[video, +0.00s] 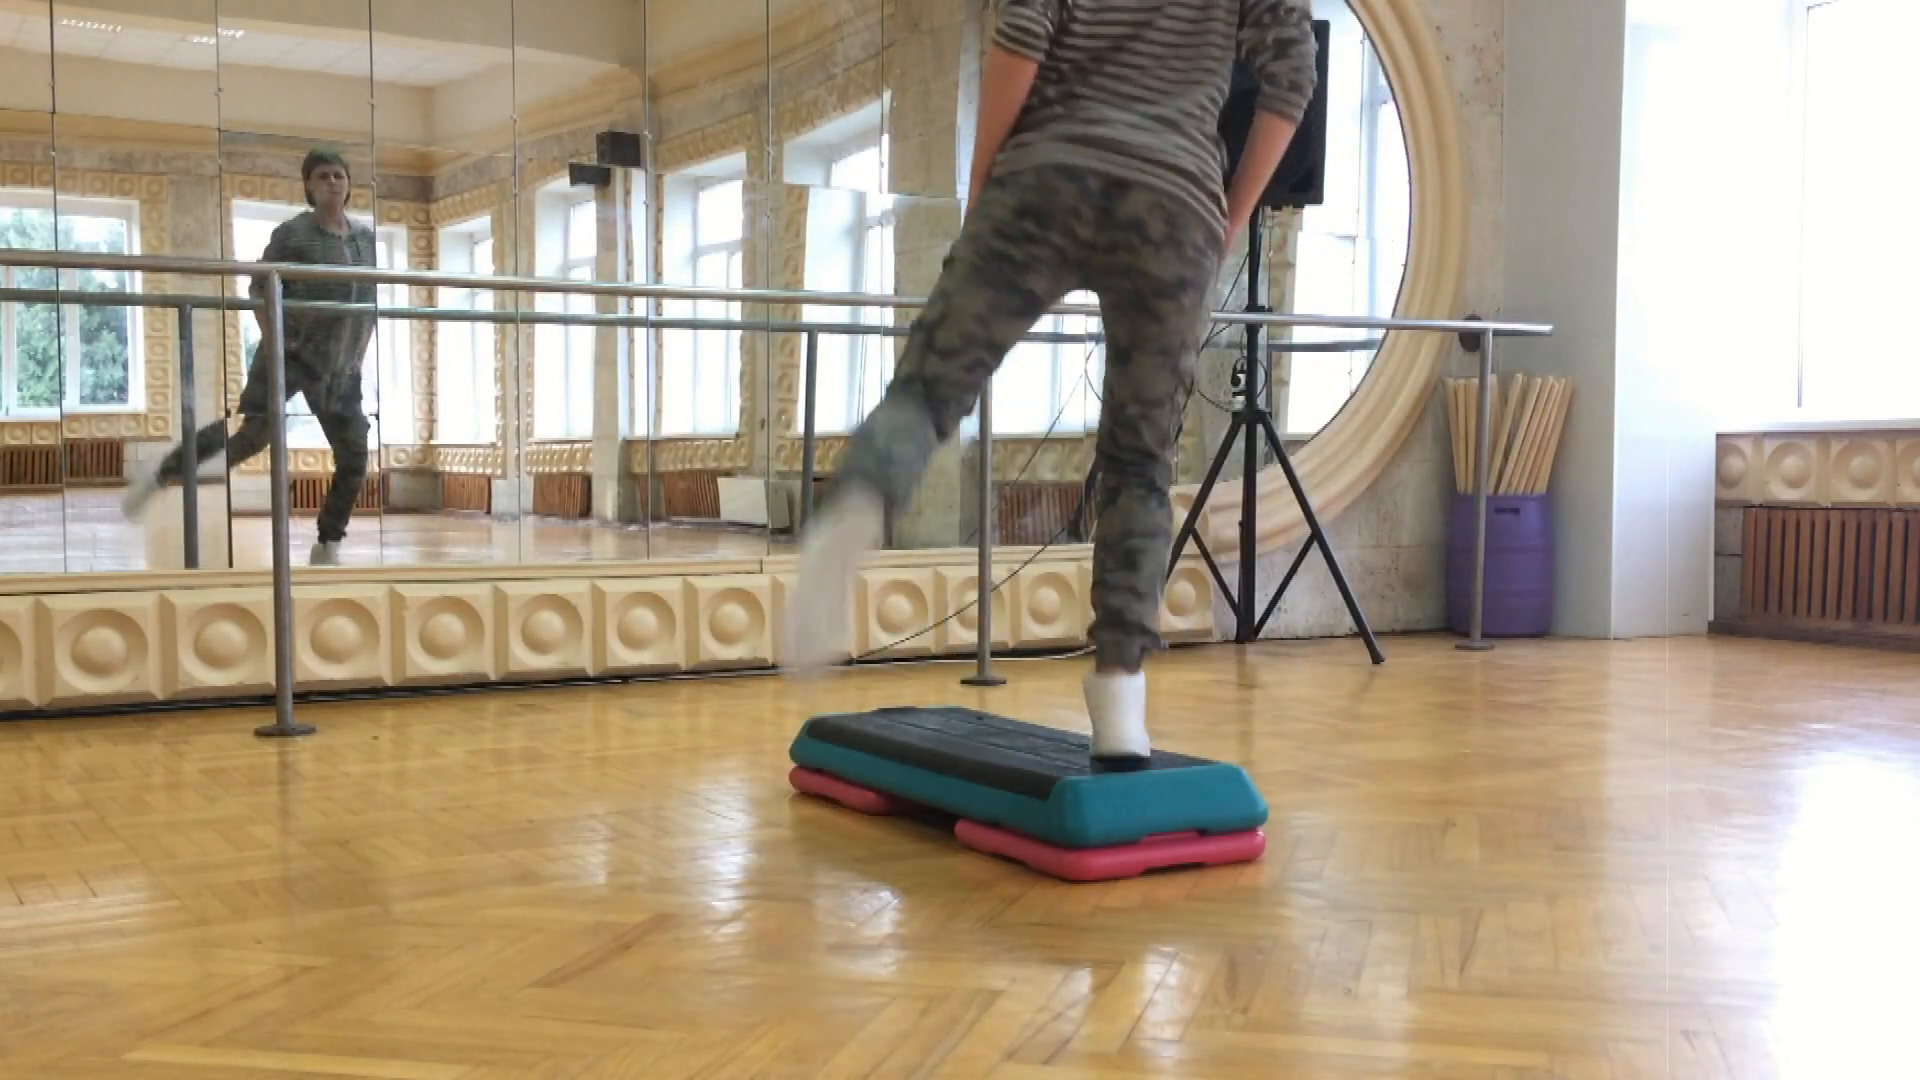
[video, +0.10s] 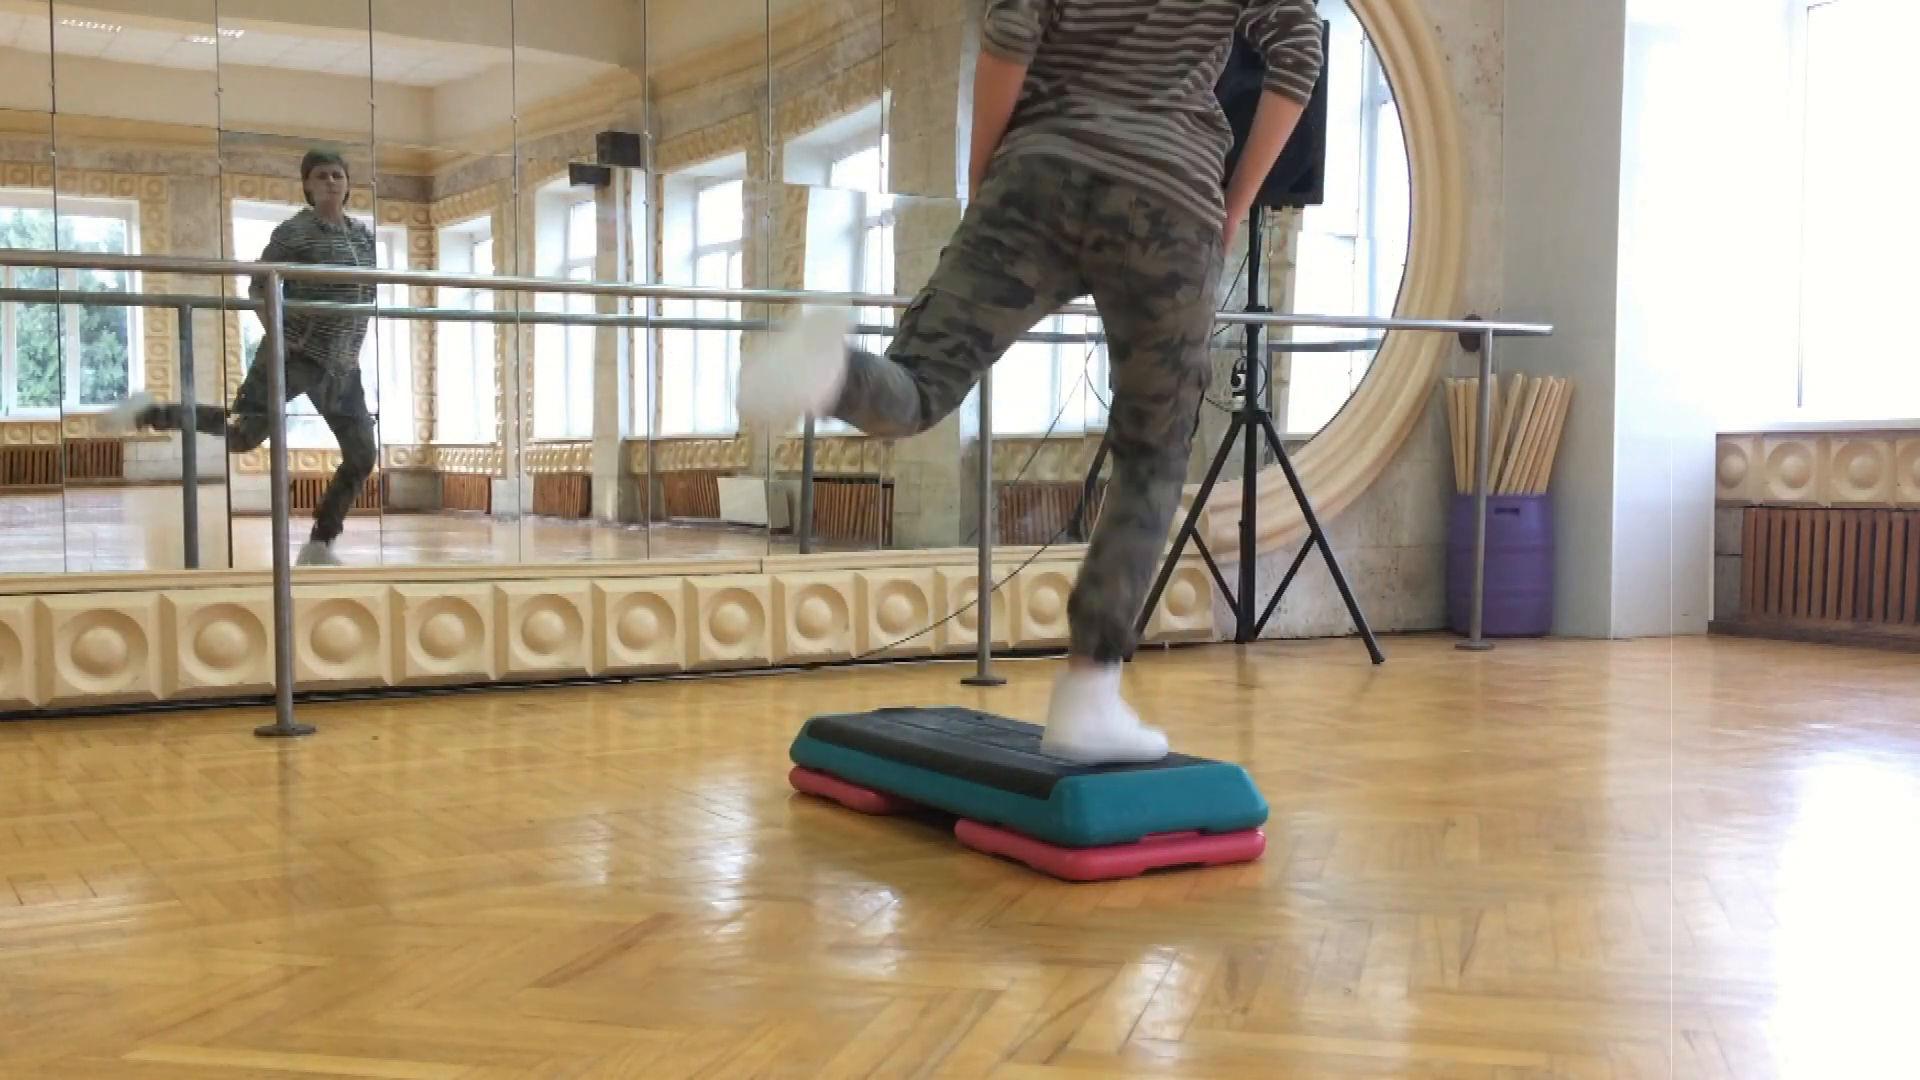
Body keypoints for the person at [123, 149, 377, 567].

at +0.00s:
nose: (333, 183)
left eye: (339, 177)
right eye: (323, 177)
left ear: (350, 187)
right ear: (307, 187)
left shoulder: (364, 240)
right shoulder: (292, 234)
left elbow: (370, 306)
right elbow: (258, 284)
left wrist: (357, 355)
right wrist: (275, 342)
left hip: (338, 367)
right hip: (286, 358)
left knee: (354, 461)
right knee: (248, 442)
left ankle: (327, 549)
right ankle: (158, 477)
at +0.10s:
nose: (332, 183)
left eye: (338, 177)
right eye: (323, 177)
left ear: (349, 186)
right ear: (307, 187)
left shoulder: (363, 237)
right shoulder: (293, 233)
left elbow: (361, 298)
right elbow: (257, 288)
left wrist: (350, 342)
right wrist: (277, 333)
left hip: (340, 366)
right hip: (289, 356)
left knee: (363, 456)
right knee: (245, 434)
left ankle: (319, 544)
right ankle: (151, 414)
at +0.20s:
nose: (328, 193)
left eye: (335, 187)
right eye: (318, 188)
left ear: (346, 199)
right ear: (304, 199)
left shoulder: (364, 253)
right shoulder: (292, 246)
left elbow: (365, 317)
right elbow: (263, 302)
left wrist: (355, 365)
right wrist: (280, 350)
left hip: (342, 382)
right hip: (291, 371)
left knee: (361, 470)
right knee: (239, 437)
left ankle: (318, 553)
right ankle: (139, 392)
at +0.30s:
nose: (327, 195)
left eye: (334, 188)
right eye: (318, 189)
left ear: (345, 200)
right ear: (304, 200)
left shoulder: (364, 253)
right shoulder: (294, 247)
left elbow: (366, 314)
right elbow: (263, 303)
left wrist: (355, 362)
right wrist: (281, 351)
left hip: (342, 382)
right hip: (292, 372)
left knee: (365, 469)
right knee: (242, 442)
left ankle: (319, 552)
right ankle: (143, 395)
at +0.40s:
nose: (328, 195)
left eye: (334, 188)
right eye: (318, 190)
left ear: (345, 199)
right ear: (304, 201)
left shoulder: (364, 253)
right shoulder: (293, 247)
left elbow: (364, 315)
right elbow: (264, 303)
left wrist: (352, 362)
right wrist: (283, 350)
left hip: (341, 381)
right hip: (292, 372)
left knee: (364, 469)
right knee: (246, 444)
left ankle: (319, 551)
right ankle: (147, 405)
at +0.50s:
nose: (329, 195)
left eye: (335, 187)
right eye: (319, 189)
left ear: (346, 197)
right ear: (304, 199)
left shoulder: (363, 252)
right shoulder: (294, 247)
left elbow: (361, 314)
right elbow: (263, 303)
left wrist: (352, 360)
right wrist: (283, 349)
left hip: (343, 383)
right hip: (296, 374)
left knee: (363, 471)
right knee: (256, 450)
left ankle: (319, 551)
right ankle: (152, 414)